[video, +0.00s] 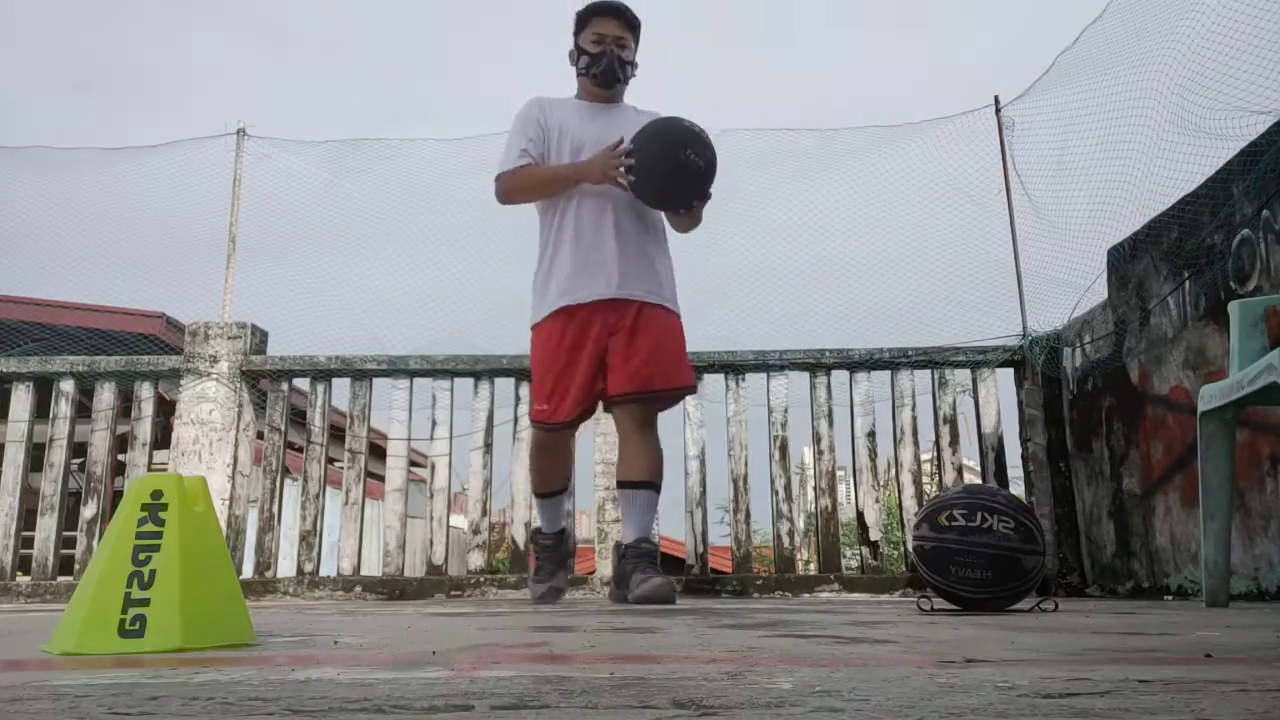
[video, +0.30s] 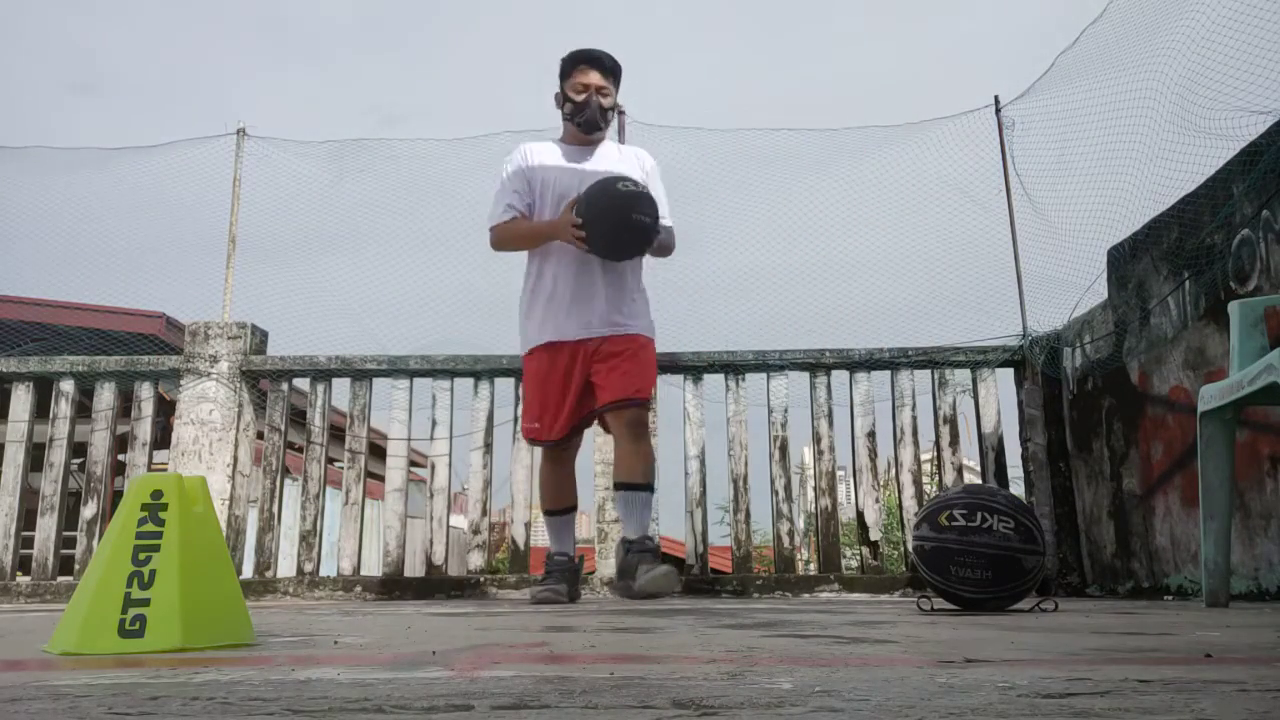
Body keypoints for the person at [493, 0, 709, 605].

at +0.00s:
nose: (610, 49)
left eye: (622, 43)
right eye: (598, 40)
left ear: (635, 58)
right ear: (575, 50)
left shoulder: (654, 128)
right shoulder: (543, 113)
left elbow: (684, 222)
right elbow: (509, 184)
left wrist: (685, 181)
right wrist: (587, 170)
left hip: (642, 291)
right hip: (565, 292)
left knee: (637, 414)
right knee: (551, 425)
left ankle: (638, 558)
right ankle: (553, 546)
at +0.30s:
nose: (593, 97)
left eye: (603, 91)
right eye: (581, 89)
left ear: (615, 103)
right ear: (561, 99)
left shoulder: (639, 162)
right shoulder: (529, 159)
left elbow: (666, 244)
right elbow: (500, 235)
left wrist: (629, 227)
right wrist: (555, 228)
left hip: (623, 322)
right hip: (553, 327)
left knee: (633, 418)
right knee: (557, 446)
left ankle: (636, 556)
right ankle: (561, 567)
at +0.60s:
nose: (602, 132)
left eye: (611, 125)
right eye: (592, 125)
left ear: (626, 129)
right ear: (575, 131)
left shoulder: (652, 185)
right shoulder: (547, 189)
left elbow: (681, 256)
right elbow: (518, 261)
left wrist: (644, 255)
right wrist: (555, 255)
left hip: (636, 343)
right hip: (568, 345)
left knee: (652, 447)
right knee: (565, 450)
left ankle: (656, 556)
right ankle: (561, 566)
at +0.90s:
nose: (642, 158)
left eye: (651, 151)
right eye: (632, 150)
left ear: (664, 156)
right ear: (616, 154)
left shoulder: (685, 211)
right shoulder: (589, 206)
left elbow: (708, 281)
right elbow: (557, 273)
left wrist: (678, 274)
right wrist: (605, 274)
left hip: (669, 362)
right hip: (606, 360)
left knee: (661, 462)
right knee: (593, 451)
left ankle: (656, 568)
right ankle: (574, 562)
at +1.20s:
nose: (653, 162)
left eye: (662, 155)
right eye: (644, 154)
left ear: (675, 161)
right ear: (628, 157)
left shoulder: (693, 216)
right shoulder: (599, 209)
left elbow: (709, 281)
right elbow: (568, 273)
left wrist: (713, 274)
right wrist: (608, 269)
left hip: (674, 361)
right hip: (615, 361)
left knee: (665, 461)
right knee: (613, 462)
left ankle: (657, 568)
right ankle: (606, 566)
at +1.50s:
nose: (641, 161)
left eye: (650, 154)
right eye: (631, 154)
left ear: (663, 160)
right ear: (616, 162)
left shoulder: (686, 214)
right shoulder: (592, 213)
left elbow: (706, 294)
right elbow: (563, 282)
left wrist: (718, 287)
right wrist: (593, 264)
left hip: (675, 359)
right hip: (612, 361)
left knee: (692, 444)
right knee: (610, 464)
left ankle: (669, 555)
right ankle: (606, 566)